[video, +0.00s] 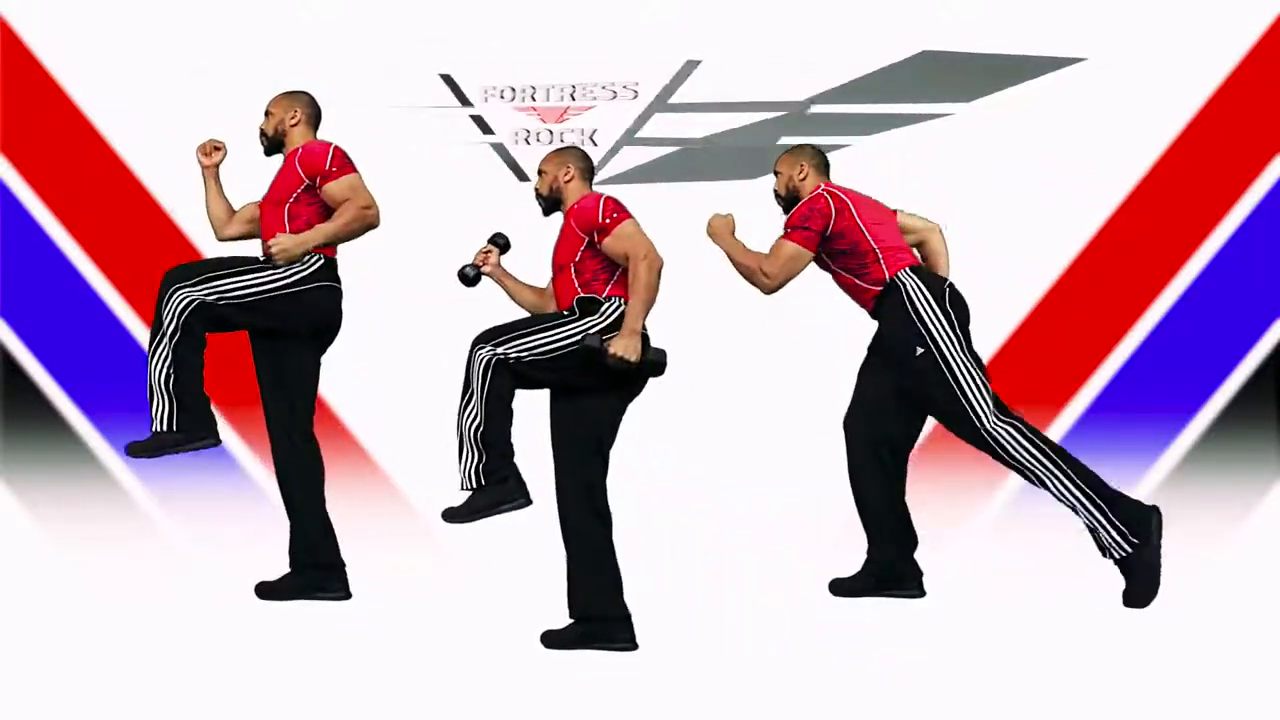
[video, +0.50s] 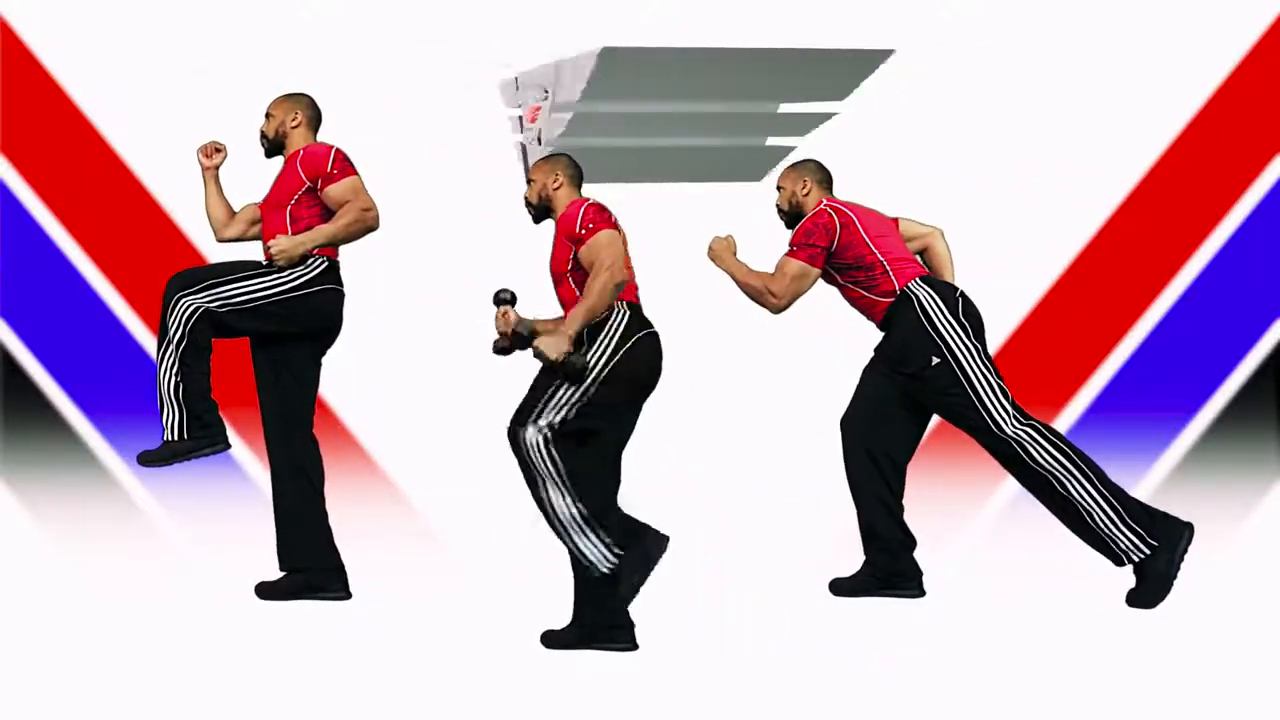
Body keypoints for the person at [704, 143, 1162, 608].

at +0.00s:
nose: (773, 188)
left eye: (778, 177)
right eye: (773, 179)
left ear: (804, 172)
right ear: (813, 178)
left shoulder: (819, 204)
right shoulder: (851, 203)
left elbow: (768, 276)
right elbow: (928, 231)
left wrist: (724, 239)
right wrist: (940, 302)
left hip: (915, 303)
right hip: (903, 315)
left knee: (985, 423)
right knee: (869, 436)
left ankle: (1128, 528)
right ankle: (892, 568)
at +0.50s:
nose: (776, 198)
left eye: (782, 188)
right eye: (776, 191)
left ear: (811, 188)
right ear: (815, 192)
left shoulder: (822, 220)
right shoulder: (858, 219)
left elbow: (776, 295)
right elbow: (928, 237)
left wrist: (728, 264)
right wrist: (952, 307)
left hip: (927, 315)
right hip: (912, 326)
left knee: (1010, 434)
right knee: (866, 436)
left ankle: (1151, 540)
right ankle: (890, 567)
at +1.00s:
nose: (780, 178)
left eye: (784, 167)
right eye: (779, 171)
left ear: (807, 164)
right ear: (813, 165)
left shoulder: (835, 193)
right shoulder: (838, 205)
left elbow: (846, 262)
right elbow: (883, 278)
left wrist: (786, 301)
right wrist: (849, 315)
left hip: (910, 297)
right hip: (887, 317)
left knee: (915, 432)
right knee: (863, 433)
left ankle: (1051, 514)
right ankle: (892, 564)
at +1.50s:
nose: (802, 148)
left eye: (807, 138)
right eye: (802, 141)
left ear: (832, 135)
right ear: (835, 139)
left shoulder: (861, 161)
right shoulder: (847, 200)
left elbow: (928, 197)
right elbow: (808, 256)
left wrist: (921, 265)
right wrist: (763, 220)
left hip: (895, 276)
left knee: (781, 296)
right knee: (877, 437)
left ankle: (802, 425)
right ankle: (891, 568)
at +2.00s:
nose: (792, 161)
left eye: (797, 151)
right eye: (792, 154)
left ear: (821, 147)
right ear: (824, 149)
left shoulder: (850, 172)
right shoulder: (836, 205)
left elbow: (880, 234)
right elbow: (855, 290)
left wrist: (822, 288)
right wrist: (798, 295)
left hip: (903, 283)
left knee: (817, 373)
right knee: (882, 435)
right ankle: (891, 572)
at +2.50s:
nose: (773, 199)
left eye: (779, 189)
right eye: (773, 191)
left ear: (805, 188)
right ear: (811, 191)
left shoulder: (818, 216)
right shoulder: (846, 219)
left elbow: (772, 289)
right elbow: (922, 248)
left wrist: (724, 258)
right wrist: (942, 313)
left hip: (920, 309)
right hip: (903, 325)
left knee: (1001, 424)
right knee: (864, 437)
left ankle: (1136, 531)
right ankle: (891, 567)